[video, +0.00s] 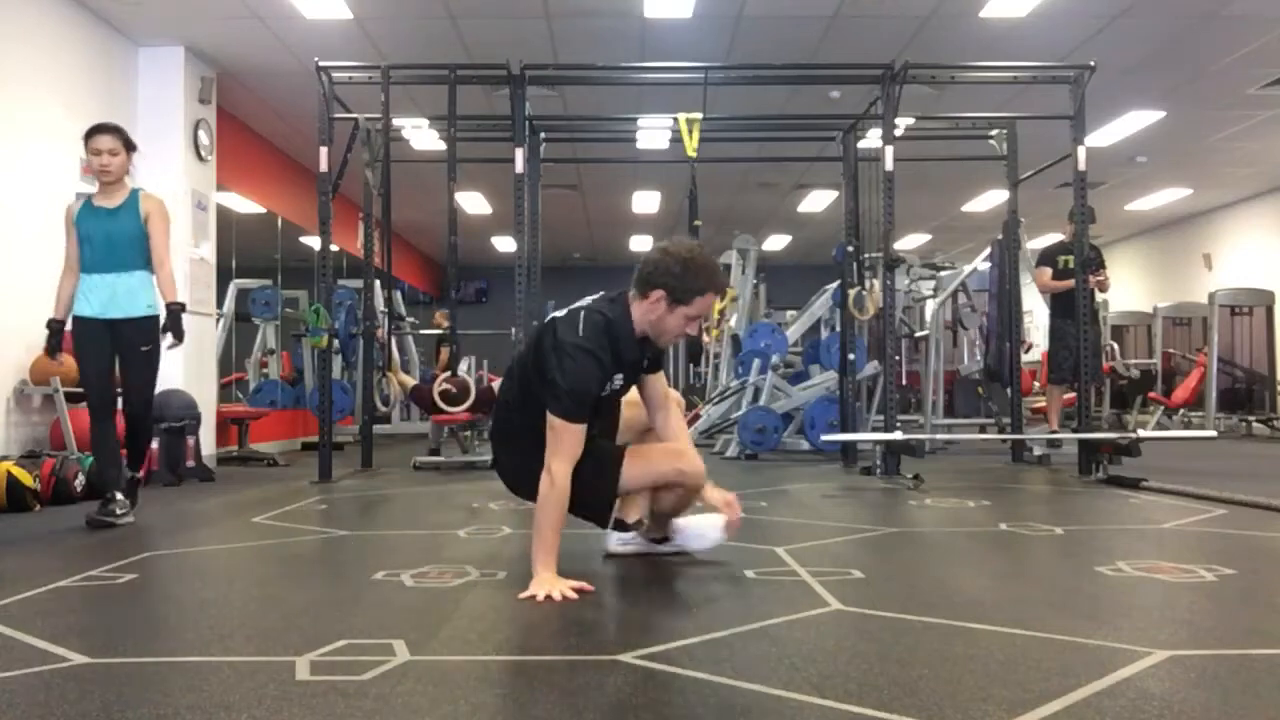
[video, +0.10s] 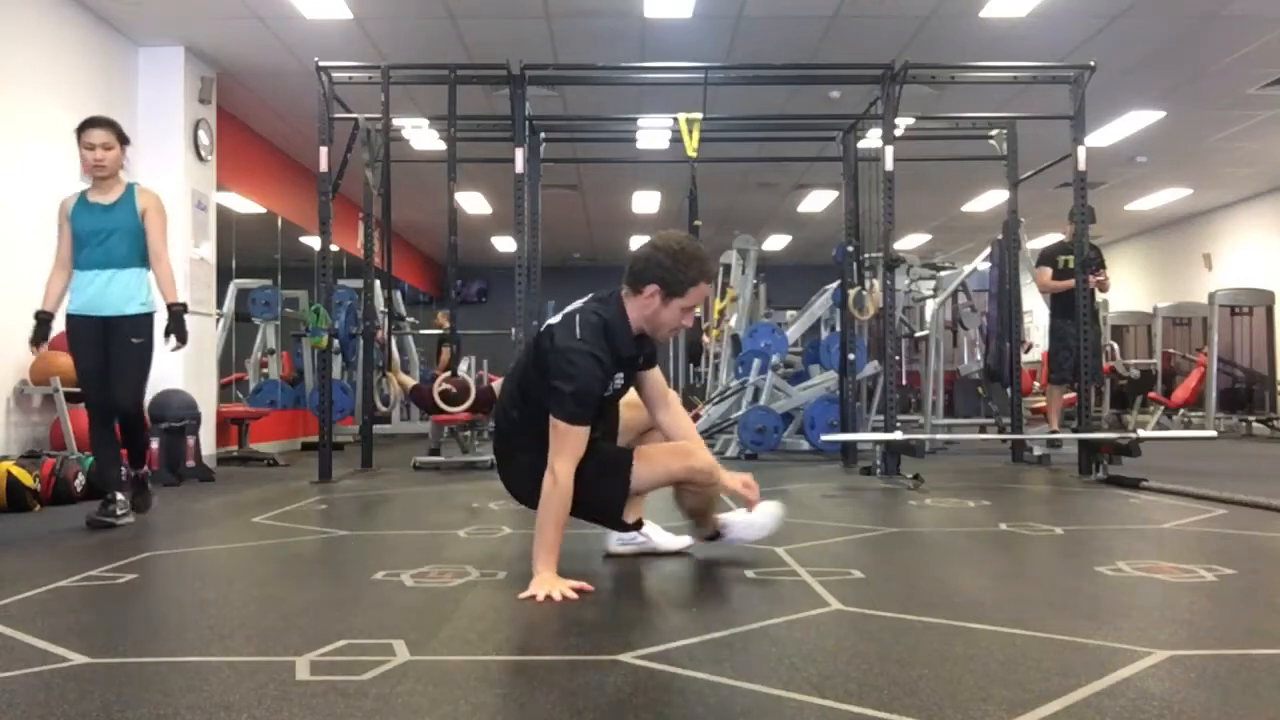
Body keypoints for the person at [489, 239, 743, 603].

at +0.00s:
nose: (693, 332)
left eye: (699, 322)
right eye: (690, 319)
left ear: (655, 300)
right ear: (656, 301)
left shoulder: (637, 328)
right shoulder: (581, 348)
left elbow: (663, 411)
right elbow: (556, 470)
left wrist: (704, 486)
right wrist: (544, 572)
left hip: (565, 425)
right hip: (530, 462)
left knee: (669, 405)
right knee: (687, 464)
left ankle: (627, 524)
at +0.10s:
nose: (689, 322)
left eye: (694, 312)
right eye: (687, 310)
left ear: (650, 296)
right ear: (651, 296)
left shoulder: (628, 325)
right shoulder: (582, 352)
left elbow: (664, 406)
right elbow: (559, 471)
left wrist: (719, 475)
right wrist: (544, 572)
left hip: (564, 433)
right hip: (538, 467)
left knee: (659, 404)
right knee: (696, 460)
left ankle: (627, 525)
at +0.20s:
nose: (685, 315)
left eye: (688, 304)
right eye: (681, 303)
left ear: (644, 293)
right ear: (645, 294)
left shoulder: (621, 327)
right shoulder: (584, 350)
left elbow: (662, 403)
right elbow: (560, 473)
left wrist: (728, 464)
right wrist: (544, 572)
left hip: (561, 440)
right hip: (547, 479)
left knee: (664, 415)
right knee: (709, 462)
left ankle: (626, 527)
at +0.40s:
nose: (673, 309)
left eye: (675, 297)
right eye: (669, 297)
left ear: (633, 293)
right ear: (633, 293)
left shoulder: (612, 331)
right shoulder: (584, 353)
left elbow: (669, 404)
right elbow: (561, 471)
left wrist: (739, 462)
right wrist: (544, 572)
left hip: (573, 459)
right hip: (567, 495)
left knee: (674, 411)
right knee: (721, 464)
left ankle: (633, 529)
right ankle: (820, 509)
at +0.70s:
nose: (654, 302)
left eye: (652, 290)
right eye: (647, 291)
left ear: (611, 298)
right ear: (612, 299)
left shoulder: (588, 341)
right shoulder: (594, 365)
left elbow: (674, 400)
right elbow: (564, 473)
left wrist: (753, 443)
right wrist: (544, 572)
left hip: (583, 479)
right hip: (599, 512)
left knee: (676, 420)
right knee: (741, 471)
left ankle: (636, 530)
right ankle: (872, 476)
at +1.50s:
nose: (599, 313)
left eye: (593, 302)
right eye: (587, 304)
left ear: (554, 322)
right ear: (557, 321)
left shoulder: (537, 367)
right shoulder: (568, 375)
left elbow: (640, 399)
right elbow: (538, 471)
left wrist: (733, 410)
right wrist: (542, 573)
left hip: (579, 518)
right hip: (612, 535)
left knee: (653, 406)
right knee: (734, 457)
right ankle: (850, 411)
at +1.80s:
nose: (562, 323)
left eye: (557, 311)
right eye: (551, 313)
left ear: (520, 328)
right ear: (520, 329)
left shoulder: (526, 377)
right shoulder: (520, 388)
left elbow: (616, 388)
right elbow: (483, 489)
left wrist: (706, 379)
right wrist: (536, 572)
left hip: (581, 511)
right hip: (603, 534)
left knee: (639, 400)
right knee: (711, 439)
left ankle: (653, 529)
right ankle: (824, 380)